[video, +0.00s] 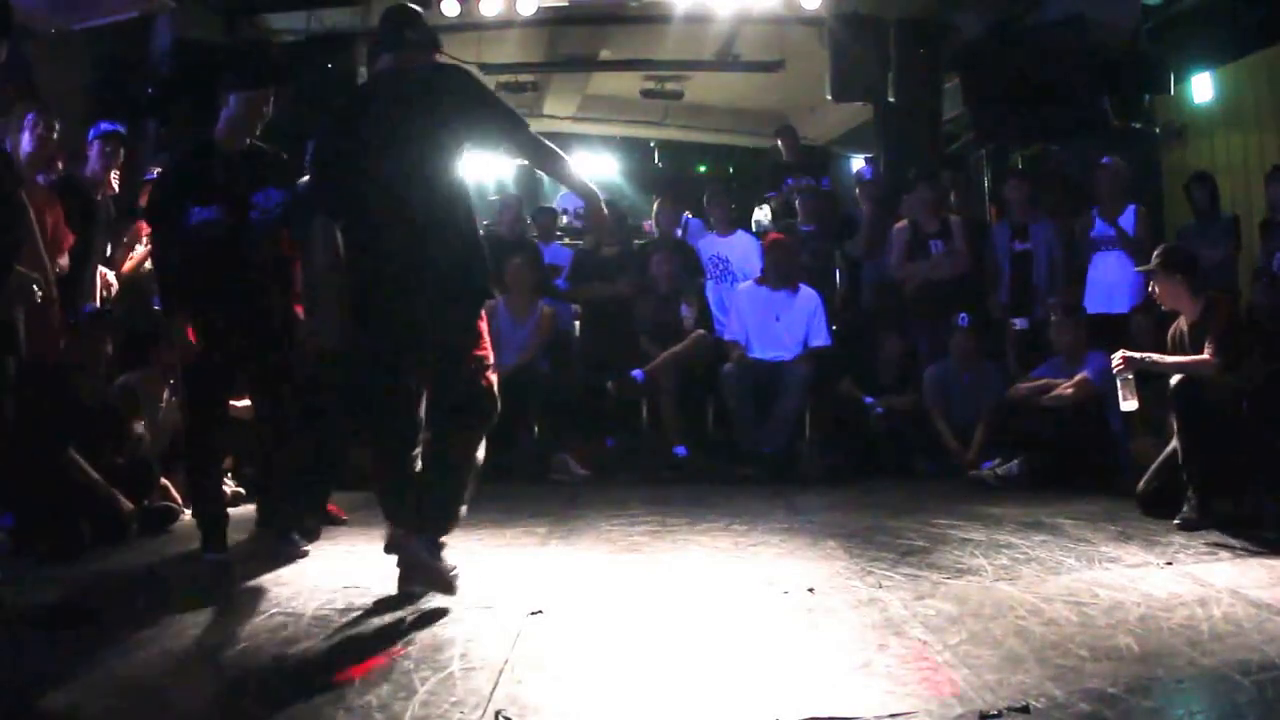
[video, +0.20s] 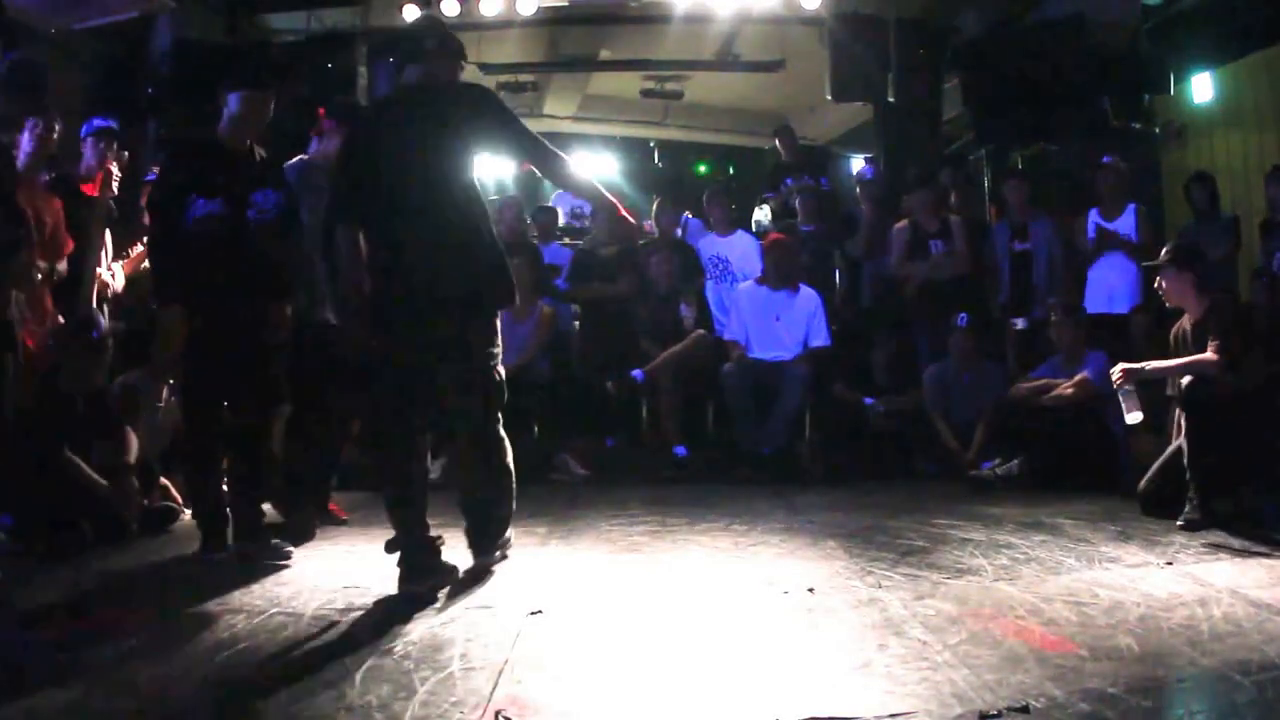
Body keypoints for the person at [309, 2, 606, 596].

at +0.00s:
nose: (431, 62)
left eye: (420, 57)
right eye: (431, 52)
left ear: (374, 56)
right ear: (431, 49)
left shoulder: (350, 108)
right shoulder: (447, 81)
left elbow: (321, 200)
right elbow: (527, 145)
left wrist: (324, 281)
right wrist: (590, 195)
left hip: (375, 277)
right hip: (445, 270)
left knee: (391, 407)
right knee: (472, 399)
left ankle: (409, 543)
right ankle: (424, 537)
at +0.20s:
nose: (460, 72)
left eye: (456, 64)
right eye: (457, 63)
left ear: (404, 65)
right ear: (446, 60)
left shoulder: (371, 120)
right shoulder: (470, 101)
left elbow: (342, 215)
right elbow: (546, 160)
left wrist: (350, 289)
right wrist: (611, 206)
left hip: (395, 288)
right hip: (464, 277)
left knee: (397, 418)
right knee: (479, 408)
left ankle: (416, 557)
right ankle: (488, 535)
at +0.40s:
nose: (493, 95)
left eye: (492, 85)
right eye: (488, 85)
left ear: (437, 84)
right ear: (466, 82)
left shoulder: (395, 142)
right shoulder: (492, 131)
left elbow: (374, 227)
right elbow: (556, 196)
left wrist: (381, 297)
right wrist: (616, 250)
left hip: (408, 303)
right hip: (475, 296)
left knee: (413, 422)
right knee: (487, 412)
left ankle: (419, 553)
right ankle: (491, 531)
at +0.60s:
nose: (499, 101)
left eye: (496, 94)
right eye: (497, 92)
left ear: (450, 91)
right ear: (490, 90)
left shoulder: (412, 144)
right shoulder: (506, 129)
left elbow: (394, 226)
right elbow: (556, 194)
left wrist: (406, 293)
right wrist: (603, 252)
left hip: (436, 289)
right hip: (497, 286)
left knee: (447, 394)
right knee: (505, 411)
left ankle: (434, 479)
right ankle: (490, 530)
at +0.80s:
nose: (504, 112)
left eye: (502, 106)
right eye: (500, 105)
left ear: (457, 104)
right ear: (485, 102)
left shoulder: (431, 155)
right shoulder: (511, 140)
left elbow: (409, 238)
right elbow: (564, 198)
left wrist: (423, 304)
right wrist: (602, 244)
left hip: (451, 294)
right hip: (504, 288)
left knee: (472, 395)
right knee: (513, 401)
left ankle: (481, 505)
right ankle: (490, 519)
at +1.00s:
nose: (496, 134)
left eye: (491, 127)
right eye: (494, 126)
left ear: (455, 126)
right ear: (495, 124)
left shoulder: (433, 175)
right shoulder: (515, 164)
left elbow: (422, 256)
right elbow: (537, 241)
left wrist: (429, 314)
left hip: (456, 308)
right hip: (510, 305)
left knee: (469, 407)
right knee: (516, 409)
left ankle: (483, 513)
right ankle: (491, 517)